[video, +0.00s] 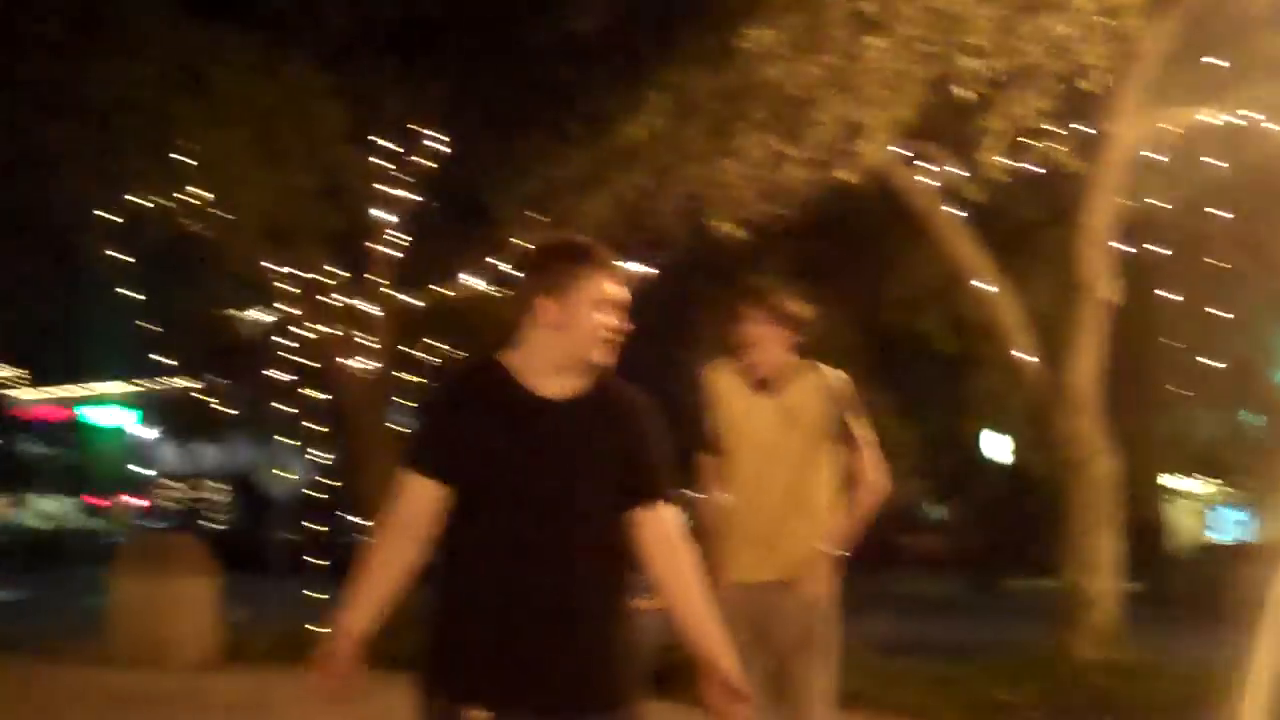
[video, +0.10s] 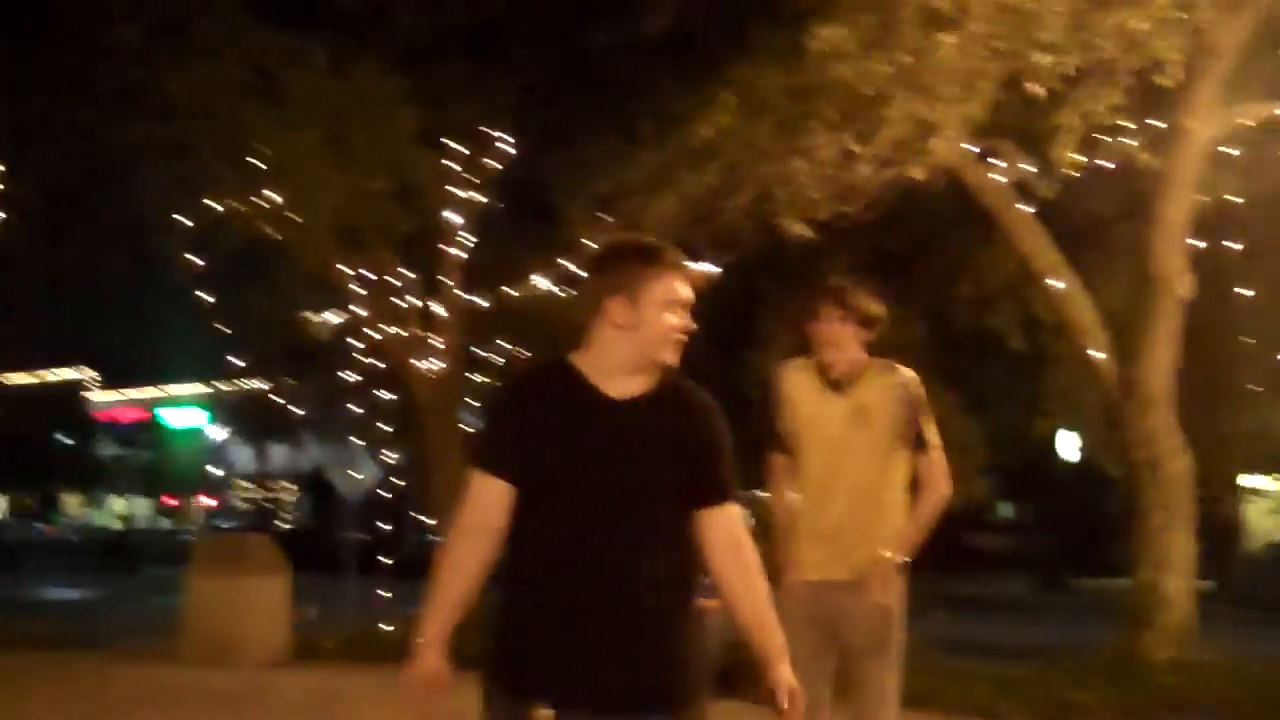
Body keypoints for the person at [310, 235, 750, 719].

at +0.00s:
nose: (621, 325)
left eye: (623, 311)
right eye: (605, 307)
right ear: (545, 309)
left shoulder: (622, 414)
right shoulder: (466, 398)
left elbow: (665, 543)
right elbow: (407, 528)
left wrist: (719, 664)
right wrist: (346, 638)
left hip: (588, 686)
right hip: (473, 685)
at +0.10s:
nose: (689, 325)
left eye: (688, 310)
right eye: (674, 308)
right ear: (618, 312)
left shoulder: (689, 414)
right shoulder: (532, 399)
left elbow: (728, 544)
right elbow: (479, 526)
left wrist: (776, 660)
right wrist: (431, 640)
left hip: (653, 680)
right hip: (537, 678)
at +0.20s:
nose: (711, 322)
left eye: (710, 307)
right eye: (698, 307)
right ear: (644, 310)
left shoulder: (714, 413)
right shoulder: (554, 396)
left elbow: (746, 539)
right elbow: (504, 524)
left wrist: (788, 655)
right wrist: (462, 646)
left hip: (672, 686)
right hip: (556, 684)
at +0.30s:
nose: (722, 321)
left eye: (721, 307)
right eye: (709, 305)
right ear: (655, 309)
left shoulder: (724, 411)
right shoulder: (565, 396)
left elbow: (757, 538)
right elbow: (519, 526)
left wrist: (798, 656)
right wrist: (481, 650)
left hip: (685, 685)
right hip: (567, 682)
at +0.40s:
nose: (698, 323)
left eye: (698, 309)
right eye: (684, 308)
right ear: (631, 310)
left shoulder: (697, 412)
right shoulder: (537, 397)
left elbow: (728, 543)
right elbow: (489, 529)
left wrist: (766, 661)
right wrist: (451, 654)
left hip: (650, 682)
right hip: (533, 680)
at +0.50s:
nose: (683, 321)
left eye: (682, 306)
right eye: (670, 304)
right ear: (617, 308)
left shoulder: (683, 410)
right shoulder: (525, 394)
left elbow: (716, 538)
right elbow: (477, 525)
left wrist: (757, 655)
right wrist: (439, 647)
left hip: (644, 687)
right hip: (527, 685)